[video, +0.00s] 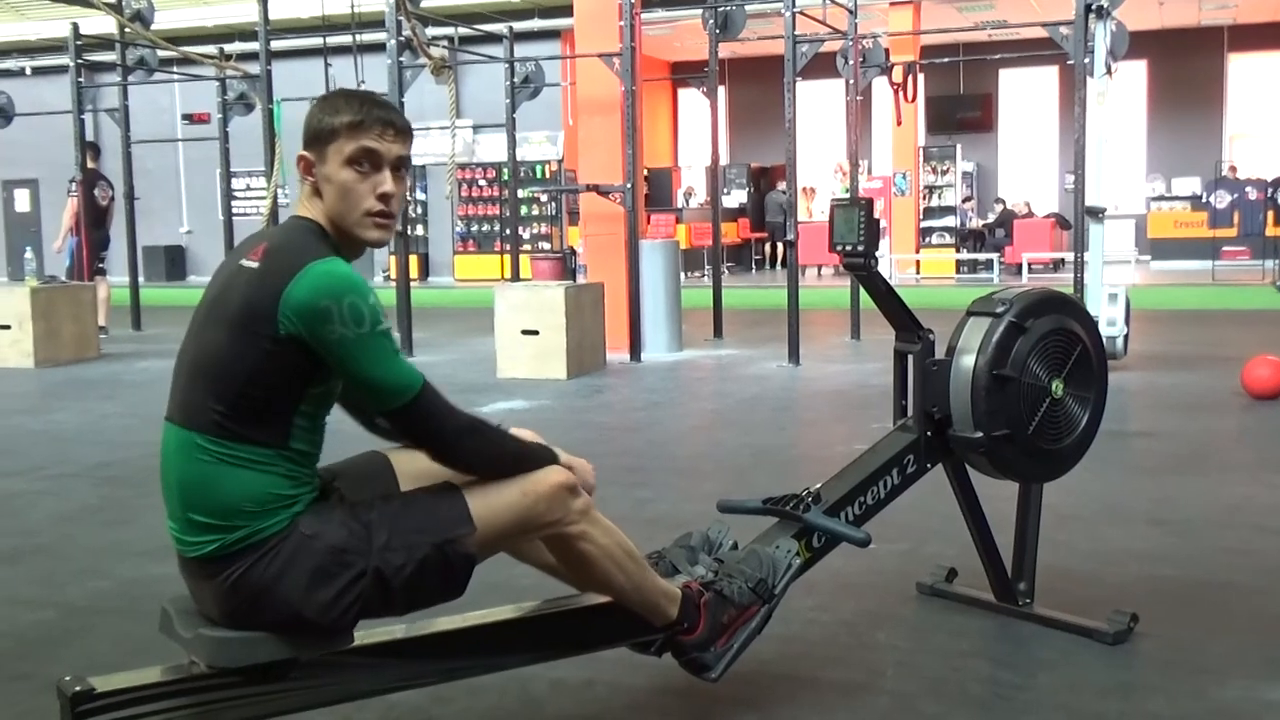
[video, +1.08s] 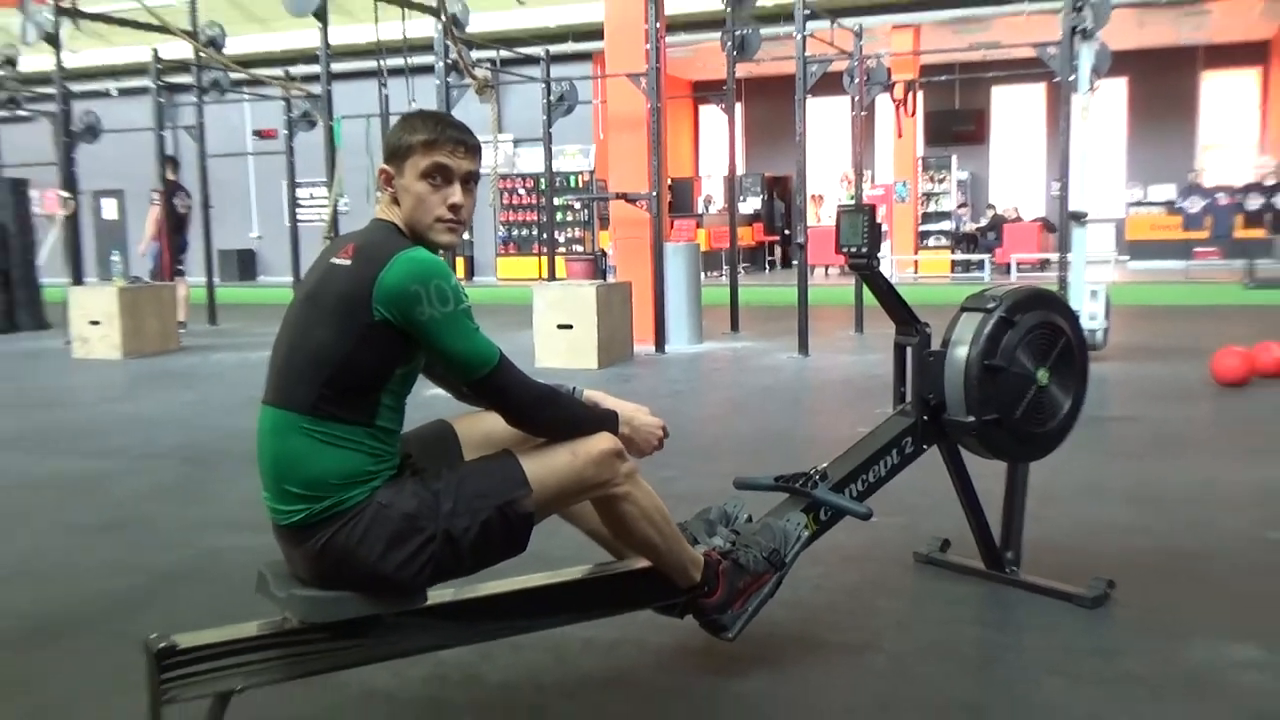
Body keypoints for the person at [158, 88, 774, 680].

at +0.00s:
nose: (389, 187)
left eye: (399, 170)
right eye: (365, 165)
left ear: (406, 177)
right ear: (310, 170)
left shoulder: (274, 253)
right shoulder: (322, 279)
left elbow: (388, 415)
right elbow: (440, 428)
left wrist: (518, 443)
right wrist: (551, 469)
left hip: (234, 534)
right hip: (269, 560)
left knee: (494, 455)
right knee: (543, 488)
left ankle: (636, 597)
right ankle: (682, 617)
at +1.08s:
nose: (459, 199)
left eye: (468, 183)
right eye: (438, 178)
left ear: (475, 190)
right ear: (388, 184)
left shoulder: (361, 253)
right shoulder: (410, 270)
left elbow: (482, 386)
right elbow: (519, 397)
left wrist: (600, 408)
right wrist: (620, 424)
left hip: (329, 496)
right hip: (354, 525)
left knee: (525, 422)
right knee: (600, 454)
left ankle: (657, 568)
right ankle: (706, 583)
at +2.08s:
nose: (479, 186)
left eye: (482, 166)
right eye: (473, 164)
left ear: (400, 152)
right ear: (417, 155)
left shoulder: (300, 238)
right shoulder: (394, 278)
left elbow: (423, 402)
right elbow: (490, 424)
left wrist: (566, 402)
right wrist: (591, 401)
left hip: (257, 542)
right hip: (311, 565)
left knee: (503, 443)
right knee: (579, 449)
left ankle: (660, 604)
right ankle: (729, 628)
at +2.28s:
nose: (431, 153)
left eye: (434, 129)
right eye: (425, 127)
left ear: (341, 121)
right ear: (359, 119)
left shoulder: (228, 225)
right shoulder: (335, 270)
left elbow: (375, 425)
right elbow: (459, 459)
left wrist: (550, 433)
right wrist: (583, 424)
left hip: (187, 598)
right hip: (249, 625)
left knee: (483, 469)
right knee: (571, 481)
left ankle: (671, 656)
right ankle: (739, 684)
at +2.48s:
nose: (389, 132)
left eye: (391, 104)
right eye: (380, 101)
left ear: (285, 96)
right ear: (302, 92)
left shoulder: (149, 214)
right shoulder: (279, 273)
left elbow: (316, 465)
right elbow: (422, 494)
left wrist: (516, 468)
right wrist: (571, 453)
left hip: (90, 627)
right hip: (156, 672)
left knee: (449, 524)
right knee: (551, 526)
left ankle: (644, 705)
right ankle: (726, 708)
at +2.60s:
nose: (360, 119)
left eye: (361, 84)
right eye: (350, 80)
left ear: (256, 74)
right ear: (265, 70)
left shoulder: (77, 209)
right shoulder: (239, 277)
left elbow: (274, 481)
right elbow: (396, 532)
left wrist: (527, 482)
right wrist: (555, 477)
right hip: (108, 692)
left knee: (378, 542)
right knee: (529, 562)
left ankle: (582, 713)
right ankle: (705, 717)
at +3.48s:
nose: (295, 88)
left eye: (287, 57)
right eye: (271, 55)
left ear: (165, 80)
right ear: (172, 76)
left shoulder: (41, 233)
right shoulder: (195, 287)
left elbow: (270, 541)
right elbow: (420, 568)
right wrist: (607, 570)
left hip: (47, 688)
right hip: (123, 712)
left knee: (411, 610)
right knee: (602, 648)